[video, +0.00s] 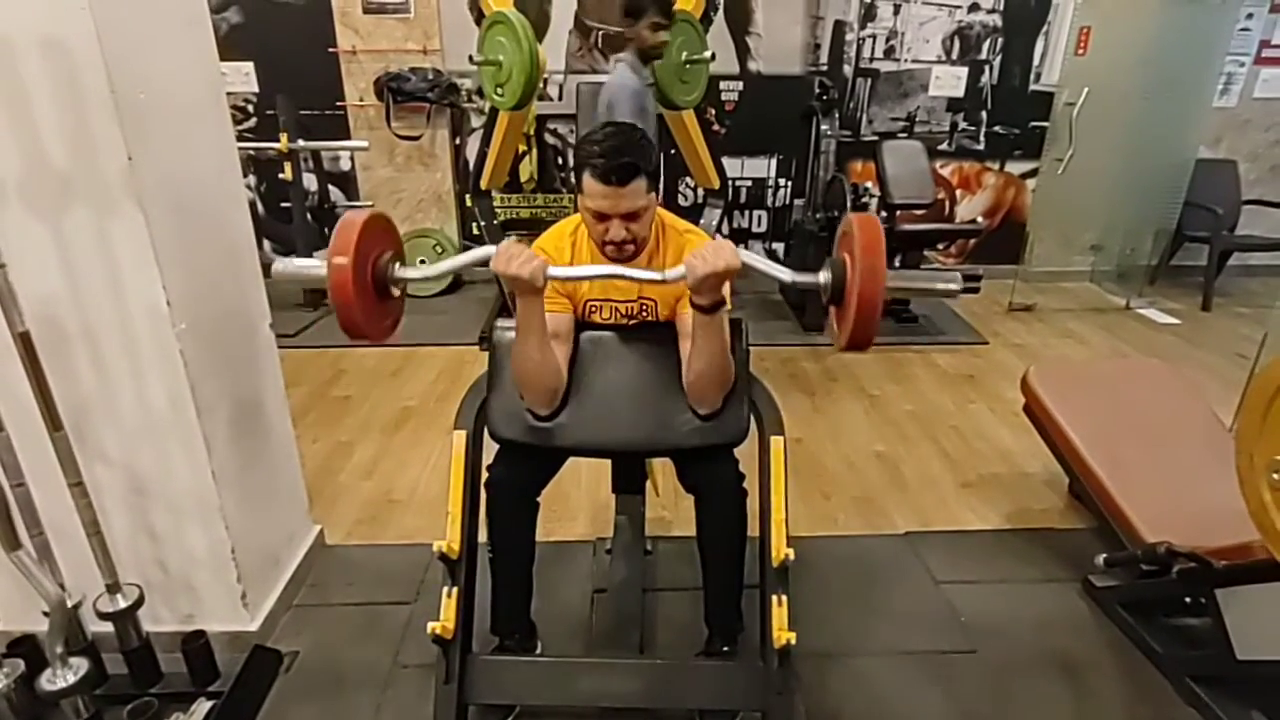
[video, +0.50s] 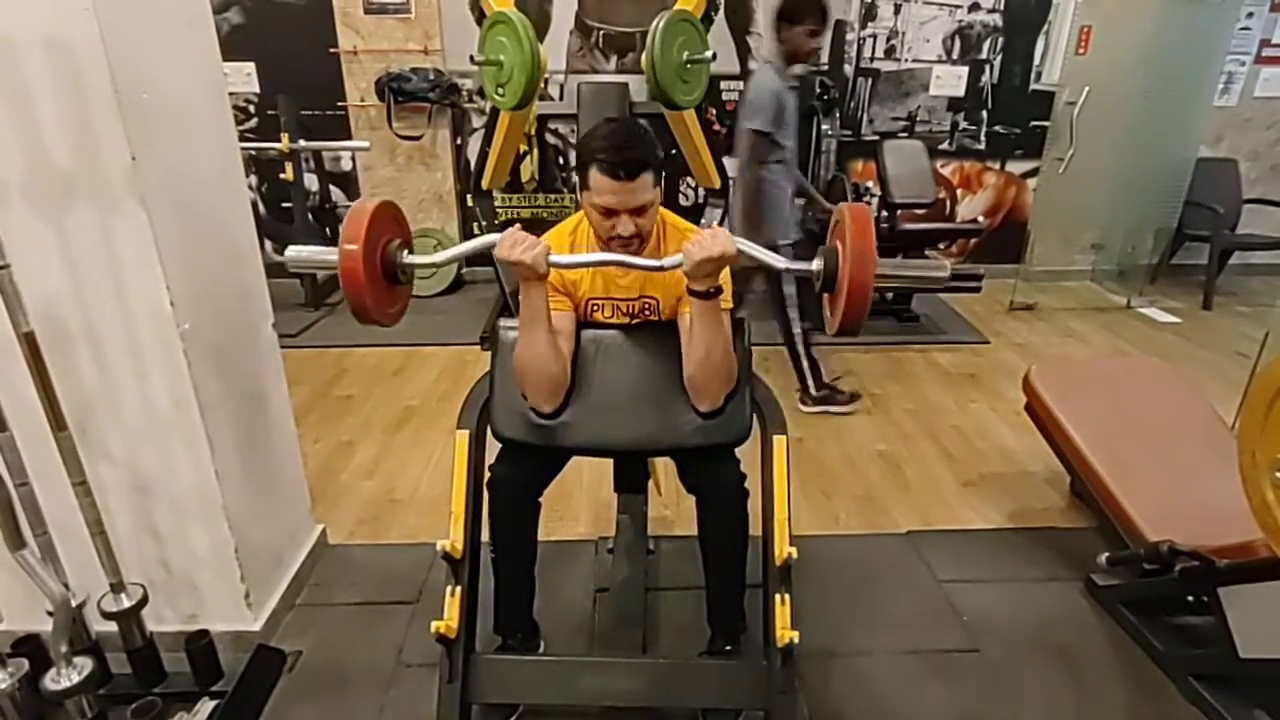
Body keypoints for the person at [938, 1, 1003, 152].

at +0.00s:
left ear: (969, 12)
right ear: (982, 11)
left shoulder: (964, 22)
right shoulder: (992, 22)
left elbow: (946, 38)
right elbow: (1005, 35)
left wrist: (948, 58)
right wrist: (994, 56)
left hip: (963, 64)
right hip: (982, 65)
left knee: (957, 106)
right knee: (982, 106)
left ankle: (950, 141)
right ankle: (981, 140)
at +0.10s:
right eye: (977, 15)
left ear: (968, 12)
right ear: (981, 11)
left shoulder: (963, 22)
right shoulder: (991, 23)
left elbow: (945, 38)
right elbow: (1006, 35)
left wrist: (948, 58)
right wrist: (994, 56)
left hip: (962, 64)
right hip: (981, 65)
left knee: (957, 106)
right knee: (981, 106)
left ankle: (950, 141)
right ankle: (980, 140)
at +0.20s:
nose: (977, 21)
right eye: (978, 15)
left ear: (968, 13)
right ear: (981, 11)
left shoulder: (963, 22)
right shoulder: (990, 24)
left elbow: (945, 38)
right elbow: (1006, 35)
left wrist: (948, 59)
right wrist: (994, 56)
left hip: (962, 65)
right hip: (981, 65)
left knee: (957, 106)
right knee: (981, 106)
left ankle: (950, 141)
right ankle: (981, 140)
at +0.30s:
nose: (977, 20)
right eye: (978, 15)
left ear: (969, 12)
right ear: (982, 11)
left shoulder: (963, 21)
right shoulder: (991, 22)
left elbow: (946, 37)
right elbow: (1006, 34)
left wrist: (949, 57)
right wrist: (995, 55)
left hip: (963, 63)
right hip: (982, 64)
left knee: (958, 105)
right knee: (982, 105)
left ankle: (951, 140)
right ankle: (981, 139)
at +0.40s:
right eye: (977, 14)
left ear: (970, 11)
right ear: (982, 10)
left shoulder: (964, 21)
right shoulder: (992, 22)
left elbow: (946, 37)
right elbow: (1006, 34)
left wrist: (949, 57)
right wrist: (995, 55)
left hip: (963, 63)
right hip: (983, 64)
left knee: (958, 105)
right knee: (982, 105)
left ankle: (951, 140)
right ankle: (982, 139)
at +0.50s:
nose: (976, 20)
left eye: (973, 15)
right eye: (977, 15)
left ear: (969, 12)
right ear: (982, 11)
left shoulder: (964, 22)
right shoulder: (992, 23)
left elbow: (946, 37)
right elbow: (1006, 35)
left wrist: (949, 58)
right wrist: (995, 56)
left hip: (963, 64)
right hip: (982, 65)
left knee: (958, 105)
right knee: (982, 105)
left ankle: (951, 141)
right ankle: (981, 139)